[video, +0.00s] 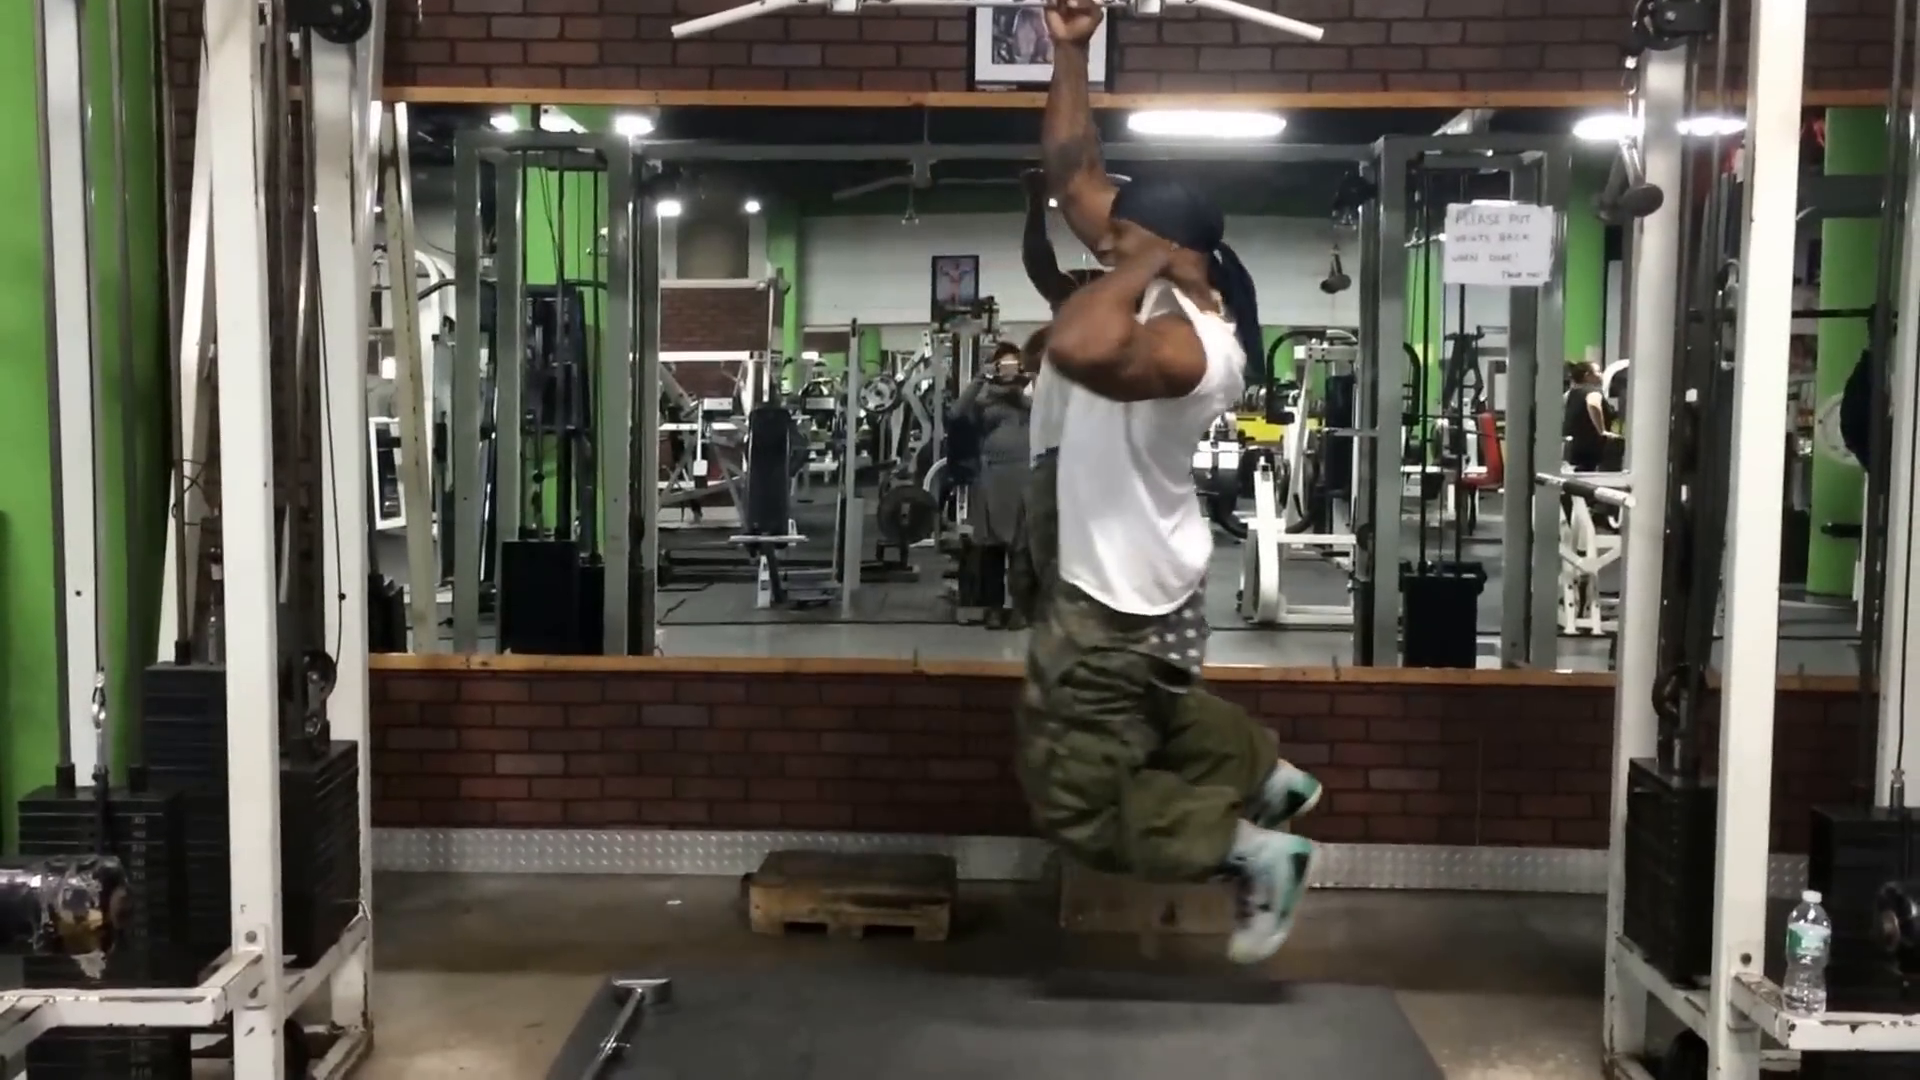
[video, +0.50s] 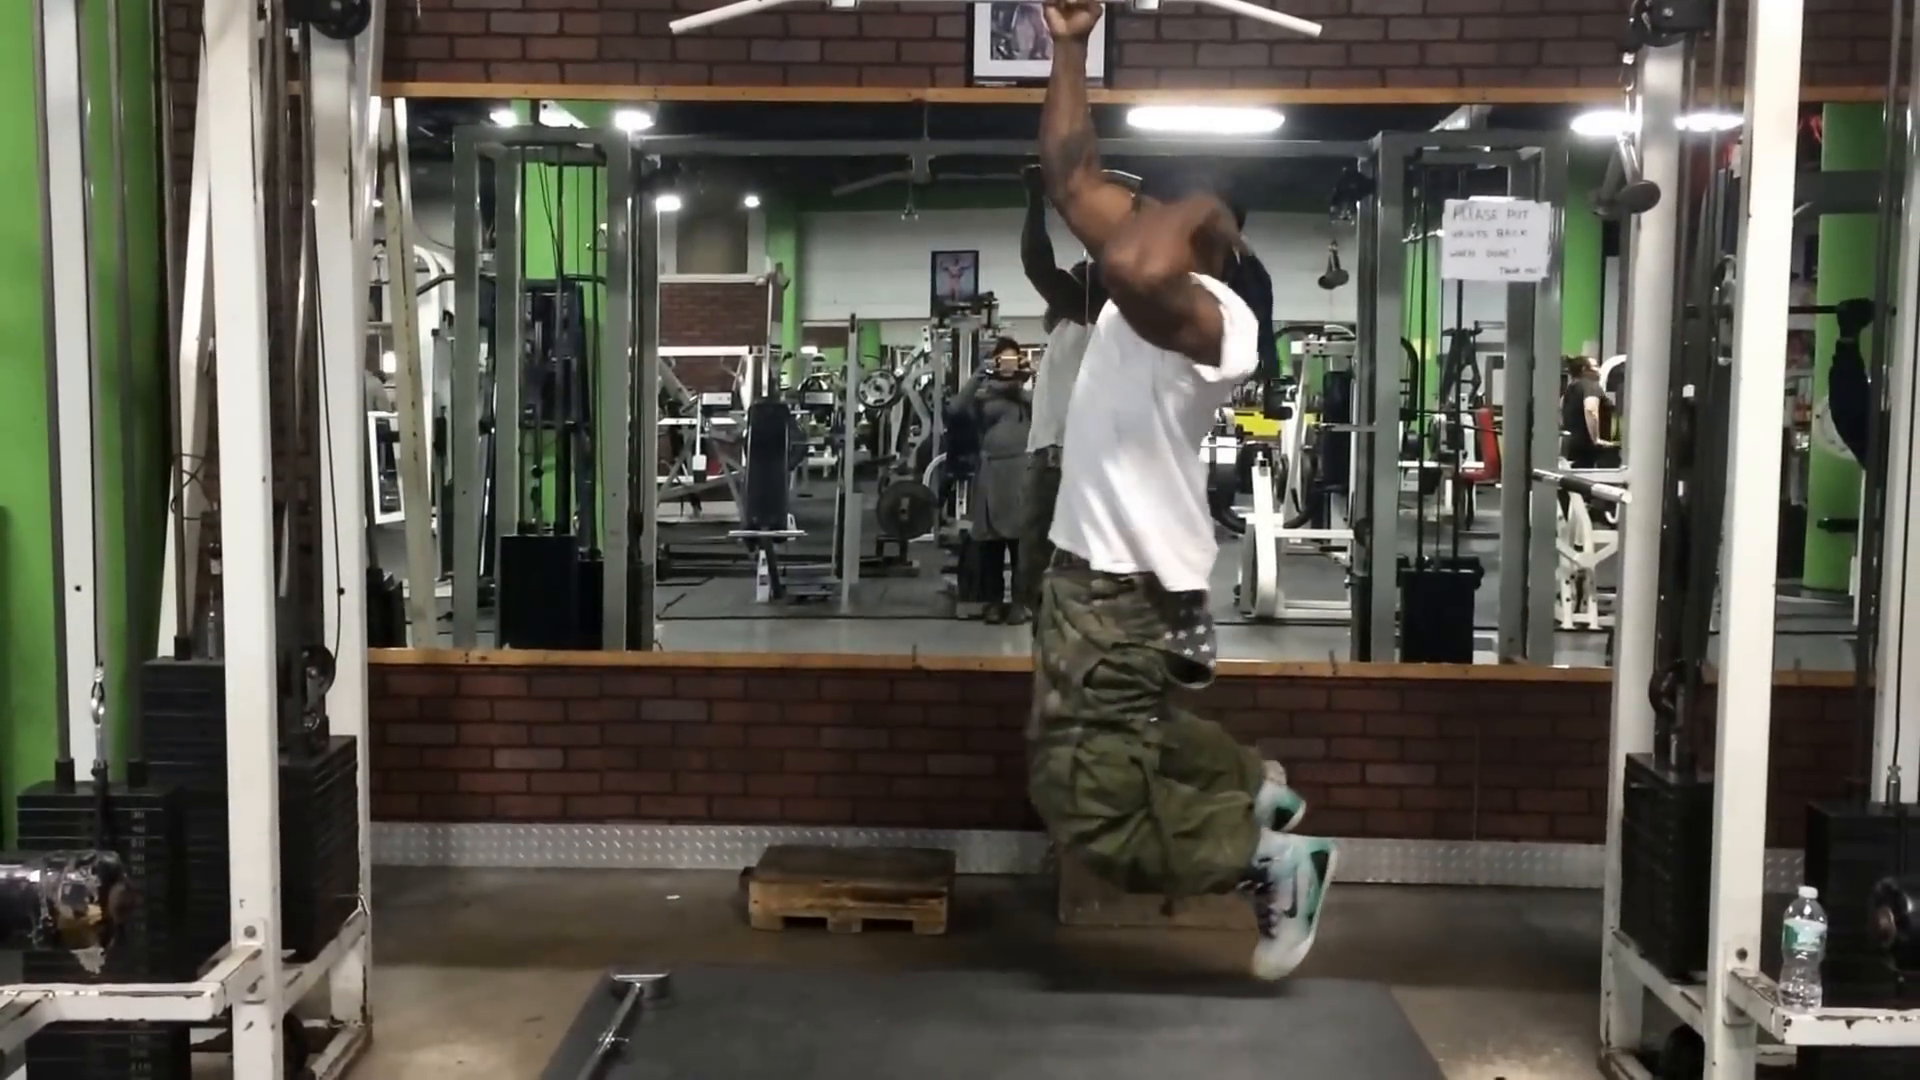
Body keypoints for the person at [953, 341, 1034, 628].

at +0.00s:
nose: (1009, 372)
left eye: (1014, 366)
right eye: (1003, 367)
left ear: (1024, 369)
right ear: (996, 371)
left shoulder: (1032, 400)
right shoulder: (987, 402)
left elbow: (1048, 415)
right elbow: (957, 416)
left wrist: (1026, 392)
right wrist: (978, 381)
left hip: (1026, 476)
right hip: (992, 476)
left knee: (1022, 546)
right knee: (991, 545)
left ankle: (1023, 607)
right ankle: (992, 606)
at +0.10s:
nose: (1007, 369)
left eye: (1012, 364)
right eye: (1002, 364)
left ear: (1021, 365)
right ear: (994, 367)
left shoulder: (1030, 396)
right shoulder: (987, 397)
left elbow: (1049, 410)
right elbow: (958, 412)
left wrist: (1024, 390)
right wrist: (978, 379)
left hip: (1025, 472)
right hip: (991, 472)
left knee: (1020, 543)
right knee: (990, 543)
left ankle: (1019, 605)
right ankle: (993, 604)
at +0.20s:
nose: (1007, 368)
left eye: (1012, 363)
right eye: (1002, 363)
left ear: (1020, 364)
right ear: (994, 366)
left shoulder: (1029, 395)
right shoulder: (986, 396)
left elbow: (1052, 405)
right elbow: (957, 410)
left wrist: (1037, 381)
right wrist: (978, 378)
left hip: (1024, 470)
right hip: (990, 471)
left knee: (1020, 541)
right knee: (989, 541)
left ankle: (1018, 604)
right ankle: (992, 604)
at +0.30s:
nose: (1006, 366)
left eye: (1011, 360)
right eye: (1002, 361)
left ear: (1020, 362)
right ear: (994, 364)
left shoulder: (1029, 393)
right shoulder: (985, 393)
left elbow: (1048, 408)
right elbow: (957, 411)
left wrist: (1037, 383)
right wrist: (978, 377)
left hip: (1023, 469)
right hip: (990, 469)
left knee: (1020, 540)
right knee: (989, 540)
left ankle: (1018, 603)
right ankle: (992, 603)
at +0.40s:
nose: (1007, 365)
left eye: (1012, 360)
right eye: (1003, 360)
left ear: (1021, 362)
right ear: (995, 363)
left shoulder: (1029, 392)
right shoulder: (986, 393)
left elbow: (1049, 408)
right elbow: (956, 409)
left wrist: (1034, 382)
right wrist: (978, 376)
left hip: (1023, 469)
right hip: (990, 469)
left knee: (1019, 540)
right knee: (989, 539)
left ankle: (1019, 602)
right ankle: (993, 601)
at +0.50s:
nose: (1007, 364)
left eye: (1011, 359)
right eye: (1002, 359)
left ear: (1021, 361)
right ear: (994, 363)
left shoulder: (1031, 391)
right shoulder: (986, 394)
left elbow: (1048, 410)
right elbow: (955, 410)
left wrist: (1028, 385)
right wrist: (977, 377)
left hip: (1023, 469)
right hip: (990, 470)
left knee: (1020, 539)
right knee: (989, 539)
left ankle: (1021, 601)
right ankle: (993, 600)